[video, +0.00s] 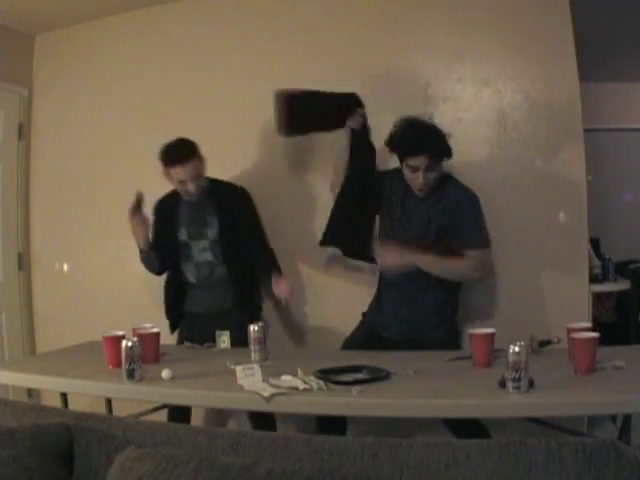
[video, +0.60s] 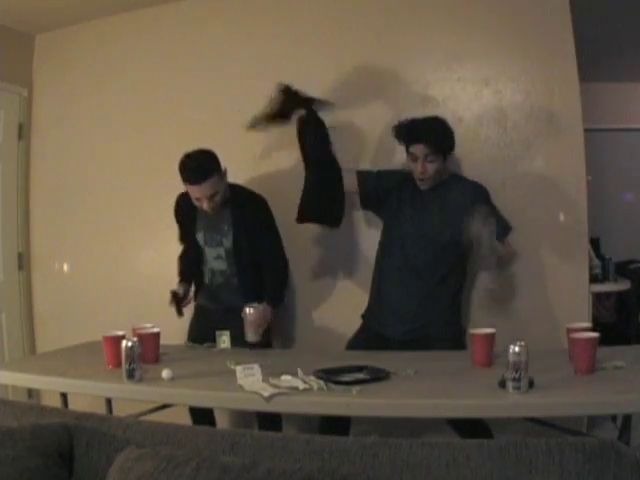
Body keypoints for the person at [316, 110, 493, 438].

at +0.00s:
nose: (420, 180)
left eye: (428, 170)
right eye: (411, 170)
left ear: (440, 163)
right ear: (400, 163)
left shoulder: (460, 200)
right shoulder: (387, 185)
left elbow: (477, 267)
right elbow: (351, 191)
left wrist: (411, 257)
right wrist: (354, 137)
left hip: (433, 326)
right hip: (381, 321)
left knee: (454, 409)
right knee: (330, 385)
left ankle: (499, 467)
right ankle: (327, 469)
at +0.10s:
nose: (424, 179)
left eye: (432, 170)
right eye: (416, 170)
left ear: (441, 163)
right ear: (401, 163)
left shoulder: (461, 201)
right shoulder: (384, 187)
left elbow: (493, 260)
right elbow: (342, 194)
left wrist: (454, 287)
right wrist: (328, 143)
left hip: (437, 325)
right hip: (385, 318)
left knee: (455, 407)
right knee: (333, 388)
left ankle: (499, 469)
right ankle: (327, 474)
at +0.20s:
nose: (429, 181)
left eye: (437, 172)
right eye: (421, 172)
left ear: (446, 165)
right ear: (405, 164)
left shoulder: (464, 201)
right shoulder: (388, 184)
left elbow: (491, 257)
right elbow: (340, 186)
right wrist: (305, 146)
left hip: (437, 326)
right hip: (384, 321)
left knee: (458, 408)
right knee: (334, 385)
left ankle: (498, 468)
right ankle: (330, 469)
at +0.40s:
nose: (421, 170)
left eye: (430, 161)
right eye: (413, 161)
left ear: (443, 158)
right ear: (402, 157)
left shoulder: (464, 198)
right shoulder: (389, 185)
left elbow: (514, 251)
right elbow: (333, 179)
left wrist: (533, 321)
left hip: (435, 330)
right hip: (380, 324)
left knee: (459, 411)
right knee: (331, 391)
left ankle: (503, 474)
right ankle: (327, 474)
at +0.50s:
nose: (419, 170)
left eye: (428, 162)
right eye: (411, 161)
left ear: (444, 158)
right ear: (402, 157)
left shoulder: (468, 197)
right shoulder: (391, 186)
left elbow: (522, 243)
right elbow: (326, 179)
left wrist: (519, 314)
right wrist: (370, 133)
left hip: (436, 328)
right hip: (381, 322)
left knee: (458, 409)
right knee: (332, 391)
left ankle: (502, 474)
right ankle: (328, 476)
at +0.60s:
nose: (420, 169)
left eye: (429, 160)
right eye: (413, 159)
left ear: (446, 158)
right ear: (406, 156)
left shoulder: (468, 196)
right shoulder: (394, 186)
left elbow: (502, 255)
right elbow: (332, 180)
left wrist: (487, 243)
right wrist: (307, 120)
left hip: (438, 328)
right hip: (382, 323)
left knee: (458, 410)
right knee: (335, 394)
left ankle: (499, 468)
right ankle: (328, 476)